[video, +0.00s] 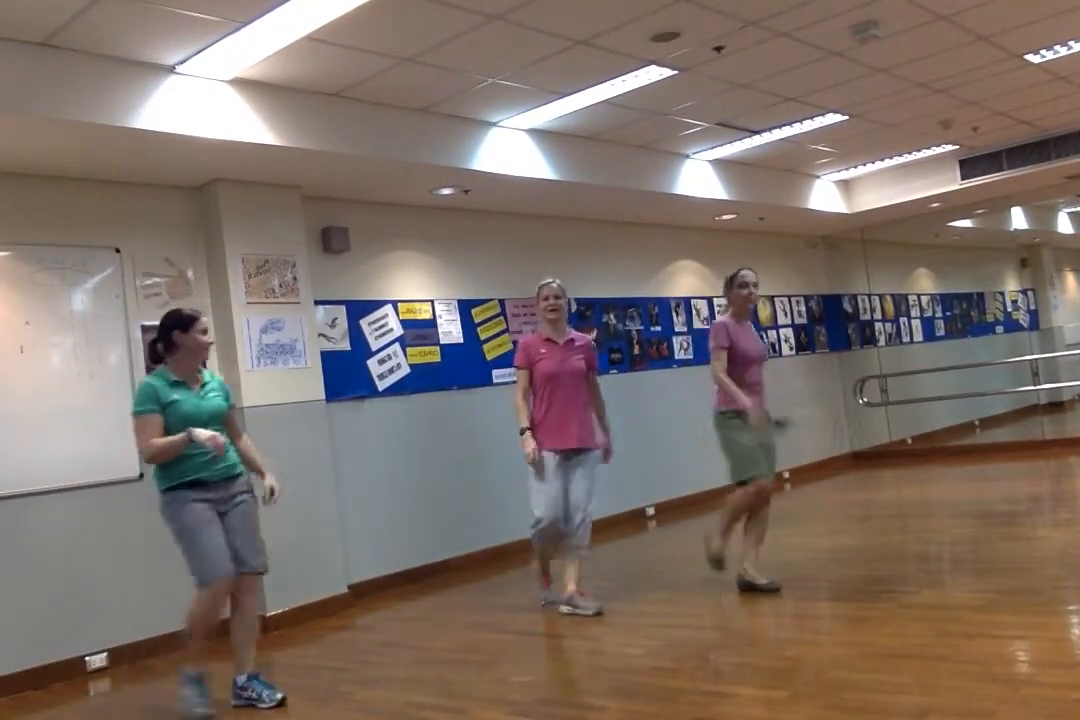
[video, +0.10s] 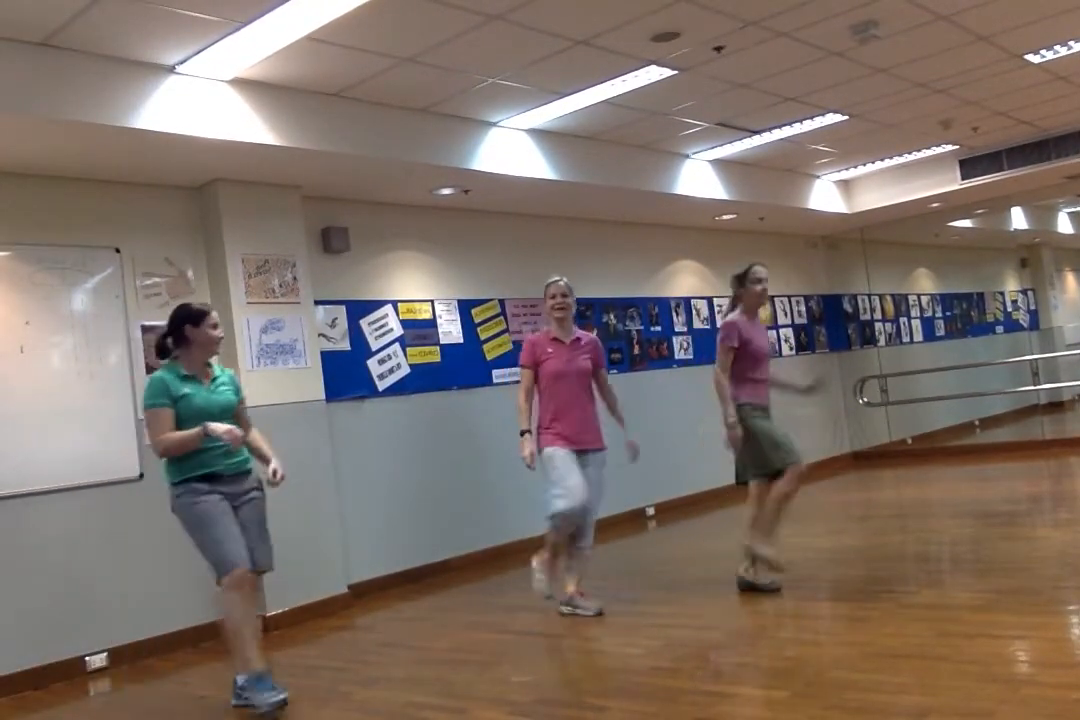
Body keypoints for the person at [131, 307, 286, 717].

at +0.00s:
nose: (210, 339)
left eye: (208, 332)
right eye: (201, 332)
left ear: (191, 339)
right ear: (175, 340)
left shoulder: (216, 384)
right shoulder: (152, 388)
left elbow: (237, 436)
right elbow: (149, 451)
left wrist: (263, 473)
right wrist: (189, 436)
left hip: (235, 489)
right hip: (187, 496)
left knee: (249, 577)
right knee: (218, 579)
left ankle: (245, 679)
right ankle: (192, 676)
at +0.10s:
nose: (220, 333)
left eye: (218, 326)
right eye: (211, 327)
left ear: (205, 334)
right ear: (186, 334)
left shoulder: (227, 377)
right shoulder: (162, 381)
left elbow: (245, 428)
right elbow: (161, 444)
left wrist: (269, 457)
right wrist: (207, 430)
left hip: (244, 484)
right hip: (198, 490)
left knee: (253, 577)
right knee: (237, 574)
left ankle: (250, 676)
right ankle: (253, 676)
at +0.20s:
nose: (231, 331)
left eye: (229, 325)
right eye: (223, 326)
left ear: (210, 332)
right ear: (198, 332)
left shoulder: (233, 375)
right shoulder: (175, 379)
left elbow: (248, 427)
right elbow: (177, 442)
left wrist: (270, 446)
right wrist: (227, 427)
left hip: (251, 481)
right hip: (206, 489)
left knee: (257, 579)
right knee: (254, 572)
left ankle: (245, 680)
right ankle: (293, 667)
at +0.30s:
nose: (240, 333)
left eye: (238, 327)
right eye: (232, 328)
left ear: (218, 334)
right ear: (208, 334)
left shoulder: (237, 375)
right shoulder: (186, 382)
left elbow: (243, 431)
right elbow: (195, 445)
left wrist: (272, 445)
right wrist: (252, 434)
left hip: (258, 485)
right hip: (215, 493)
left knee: (274, 578)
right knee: (262, 575)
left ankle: (247, 678)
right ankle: (299, 672)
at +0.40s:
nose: (250, 335)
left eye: (249, 329)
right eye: (242, 330)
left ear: (225, 338)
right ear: (217, 338)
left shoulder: (242, 380)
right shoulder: (198, 385)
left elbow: (246, 432)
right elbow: (213, 447)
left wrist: (279, 446)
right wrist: (271, 455)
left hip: (258, 486)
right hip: (218, 496)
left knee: (291, 572)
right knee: (268, 574)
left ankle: (252, 668)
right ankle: (300, 673)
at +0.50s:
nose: (252, 337)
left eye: (250, 331)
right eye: (244, 332)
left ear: (227, 339)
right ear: (220, 339)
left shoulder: (241, 380)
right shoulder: (201, 385)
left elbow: (245, 432)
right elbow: (215, 448)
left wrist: (275, 442)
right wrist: (270, 473)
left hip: (255, 487)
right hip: (216, 496)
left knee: (289, 572)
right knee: (264, 579)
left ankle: (228, 648)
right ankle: (299, 674)